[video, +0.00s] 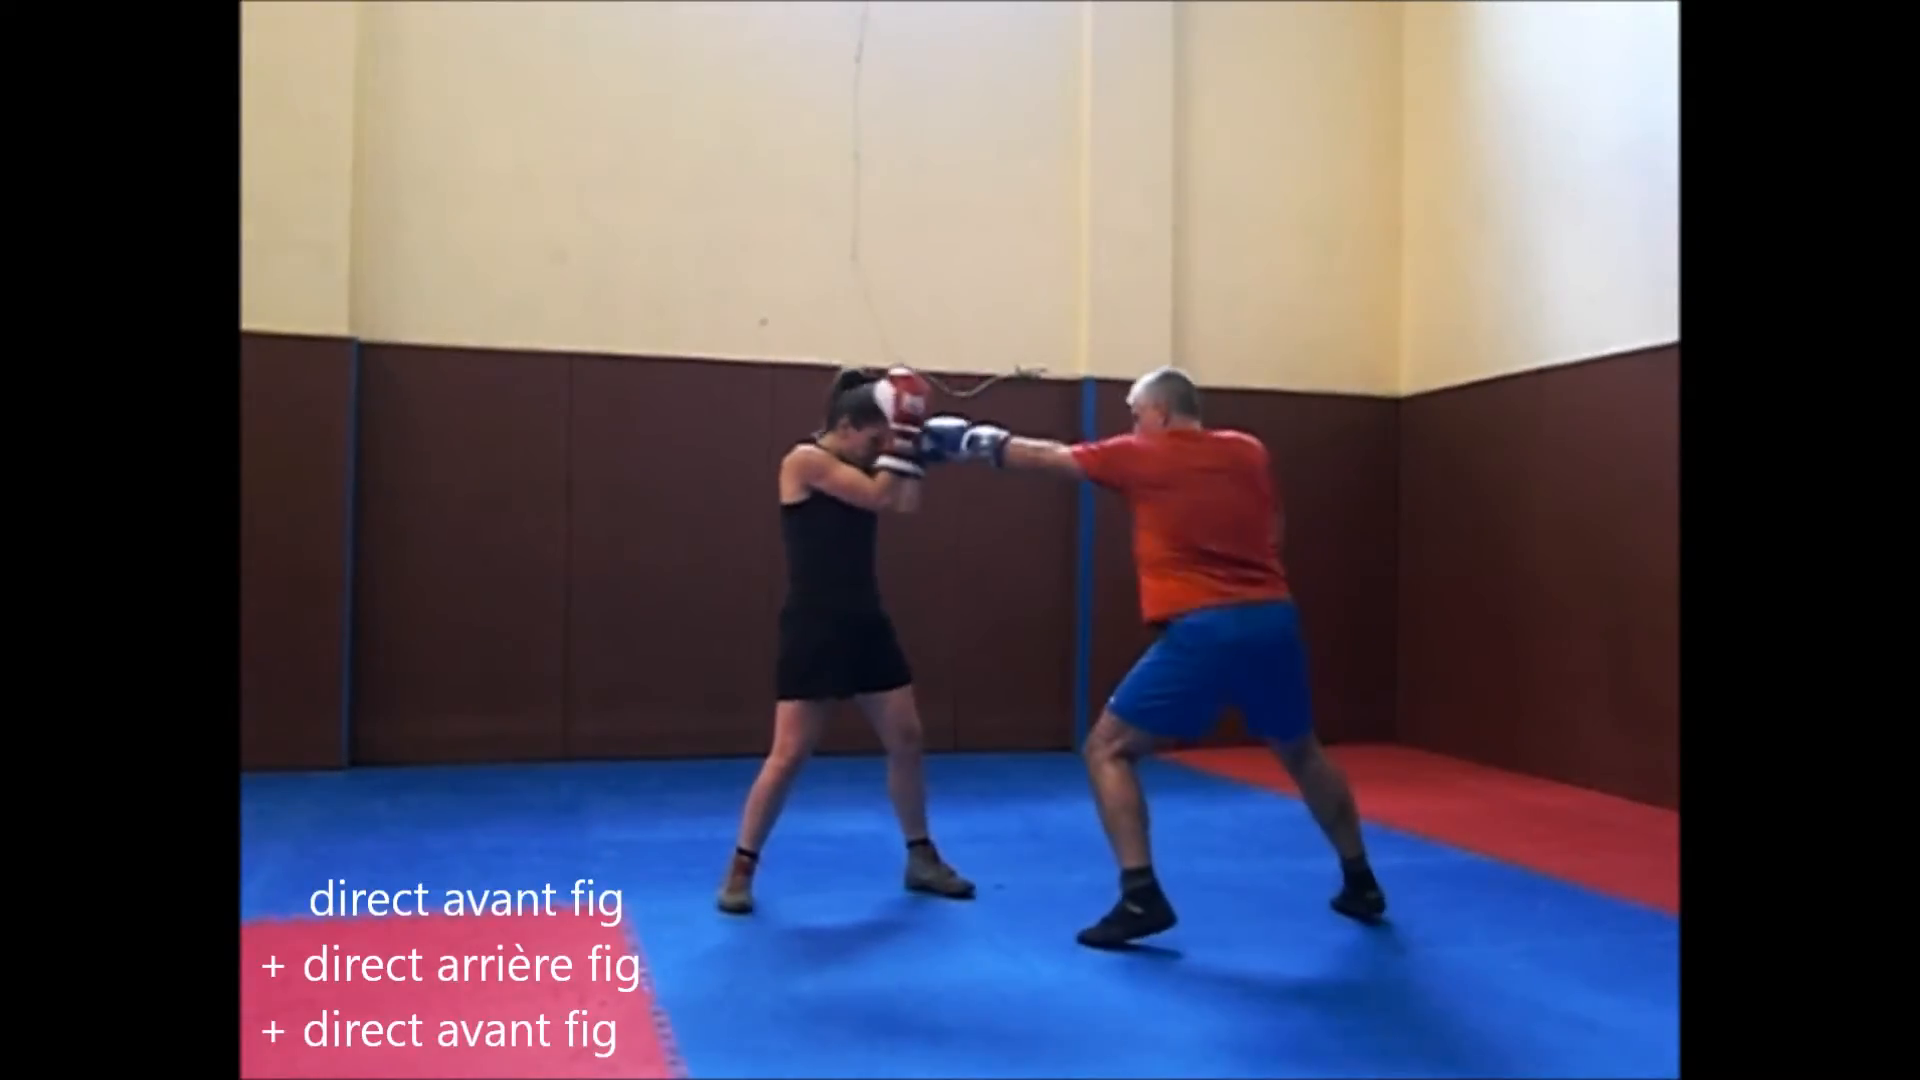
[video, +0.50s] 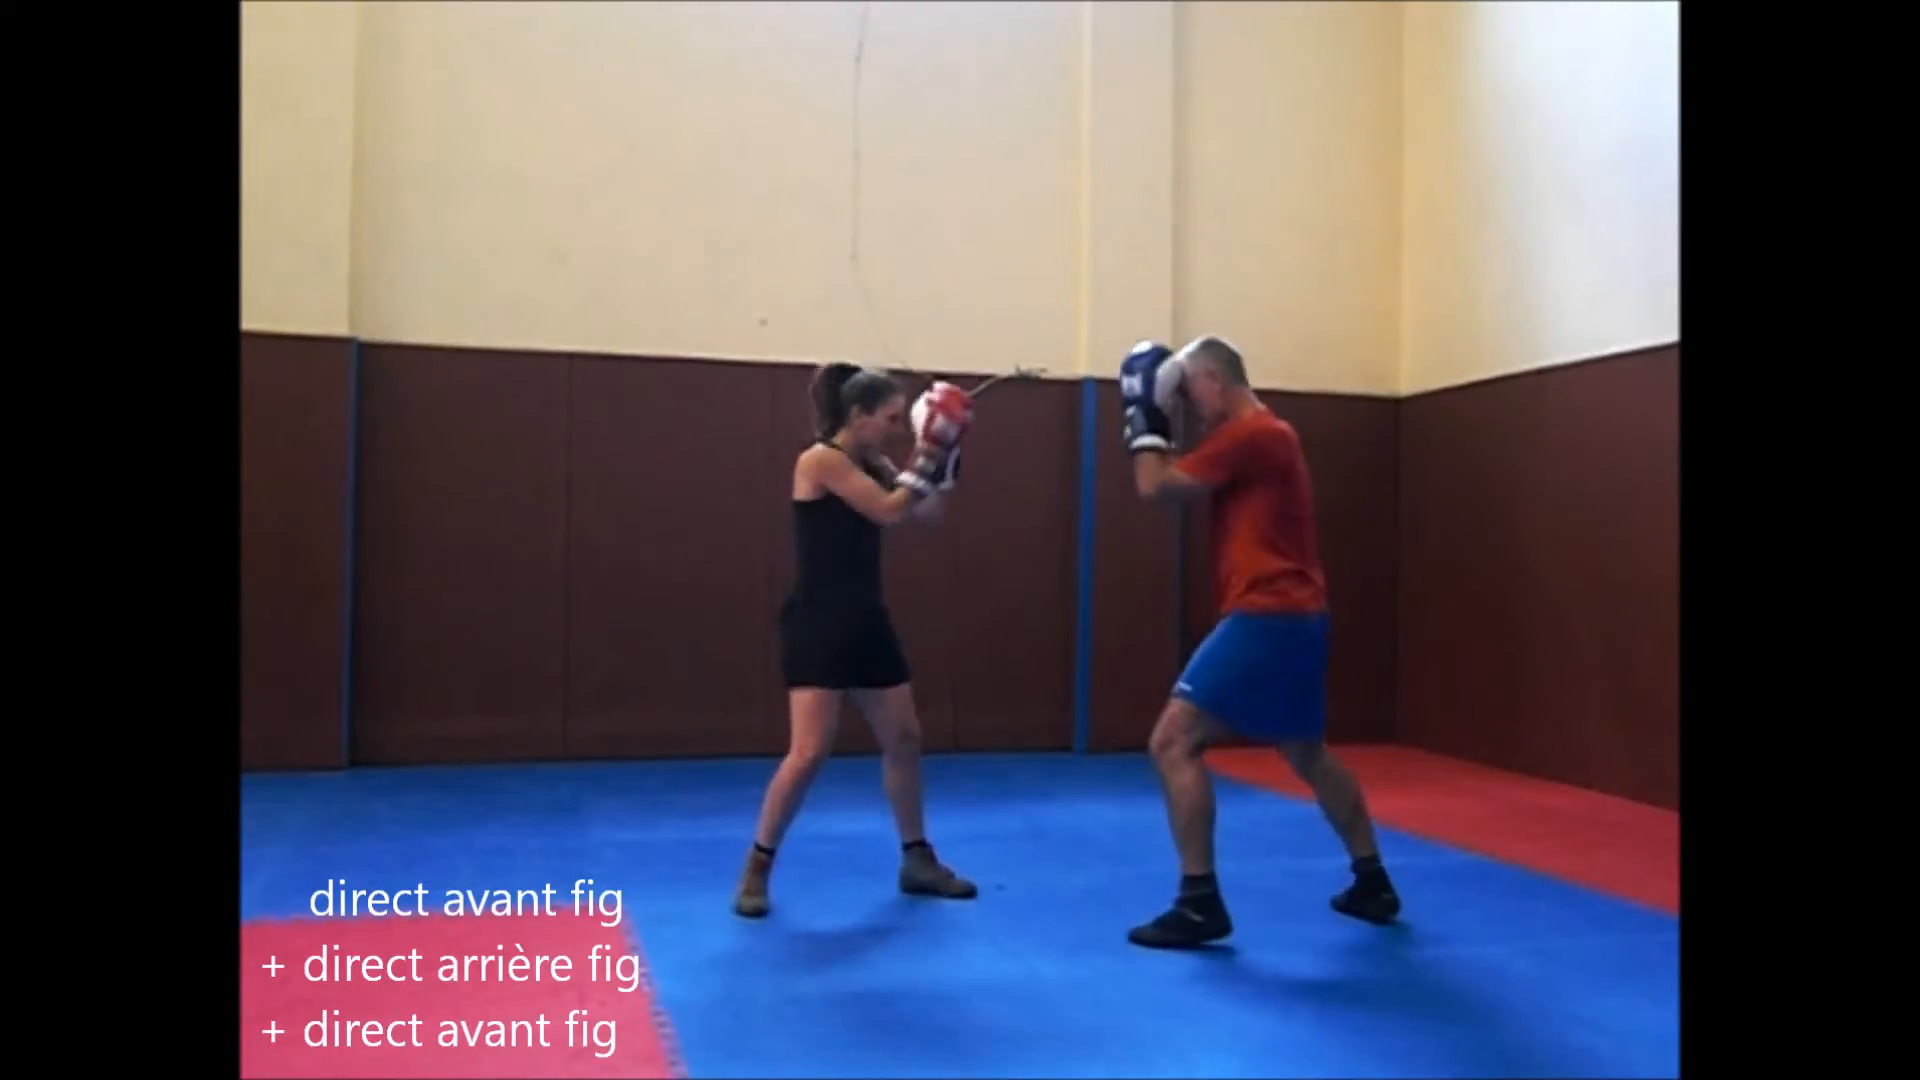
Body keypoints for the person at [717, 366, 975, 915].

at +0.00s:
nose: (878, 447)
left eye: (882, 437)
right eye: (873, 436)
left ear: (870, 431)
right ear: (845, 425)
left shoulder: (856, 468)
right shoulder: (805, 462)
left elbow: (906, 499)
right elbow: (878, 496)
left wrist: (914, 442)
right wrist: (903, 443)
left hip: (865, 626)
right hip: (812, 628)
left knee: (906, 737)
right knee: (790, 752)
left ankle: (922, 858)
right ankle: (742, 867)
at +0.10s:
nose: (873, 445)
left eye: (876, 435)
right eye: (867, 433)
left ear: (850, 429)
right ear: (834, 425)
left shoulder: (850, 473)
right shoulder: (799, 463)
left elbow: (902, 512)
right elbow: (870, 503)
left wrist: (910, 448)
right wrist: (899, 449)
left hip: (865, 625)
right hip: (812, 628)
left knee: (905, 738)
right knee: (791, 753)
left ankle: (922, 858)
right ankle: (742, 867)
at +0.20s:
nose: (872, 443)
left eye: (874, 433)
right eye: (867, 432)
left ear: (845, 430)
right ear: (835, 426)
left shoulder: (850, 476)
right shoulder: (800, 471)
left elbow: (897, 534)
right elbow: (859, 528)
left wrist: (914, 482)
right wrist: (891, 482)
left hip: (865, 633)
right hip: (814, 636)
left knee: (917, 740)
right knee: (795, 758)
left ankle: (923, 859)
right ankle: (742, 869)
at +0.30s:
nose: (889, 439)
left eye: (890, 429)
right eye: (882, 428)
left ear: (854, 430)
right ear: (846, 427)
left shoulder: (863, 477)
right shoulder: (807, 475)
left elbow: (884, 550)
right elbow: (846, 550)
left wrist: (913, 506)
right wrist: (892, 502)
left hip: (870, 633)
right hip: (818, 638)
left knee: (922, 738)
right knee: (797, 759)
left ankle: (924, 859)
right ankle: (743, 869)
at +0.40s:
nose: (897, 423)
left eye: (898, 413)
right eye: (891, 412)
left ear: (870, 413)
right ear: (856, 410)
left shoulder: (867, 462)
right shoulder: (817, 457)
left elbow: (900, 529)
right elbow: (855, 529)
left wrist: (922, 488)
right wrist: (902, 488)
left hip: (869, 617)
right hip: (821, 620)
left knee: (911, 731)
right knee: (799, 747)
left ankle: (924, 855)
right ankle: (743, 862)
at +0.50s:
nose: (897, 429)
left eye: (900, 420)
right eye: (892, 418)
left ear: (866, 420)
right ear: (859, 414)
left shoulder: (867, 467)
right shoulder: (820, 461)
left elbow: (925, 511)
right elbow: (885, 510)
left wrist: (945, 457)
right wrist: (925, 460)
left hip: (866, 622)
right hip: (817, 623)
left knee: (903, 739)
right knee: (808, 752)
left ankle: (917, 858)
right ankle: (758, 867)